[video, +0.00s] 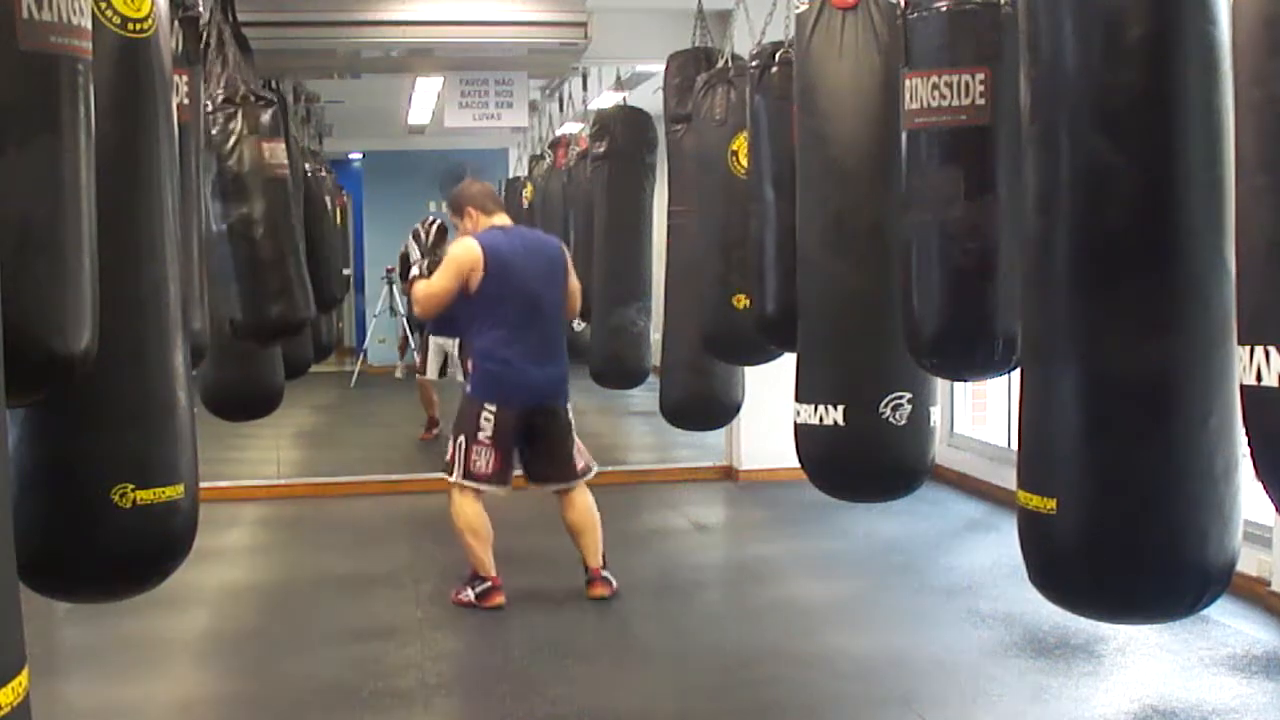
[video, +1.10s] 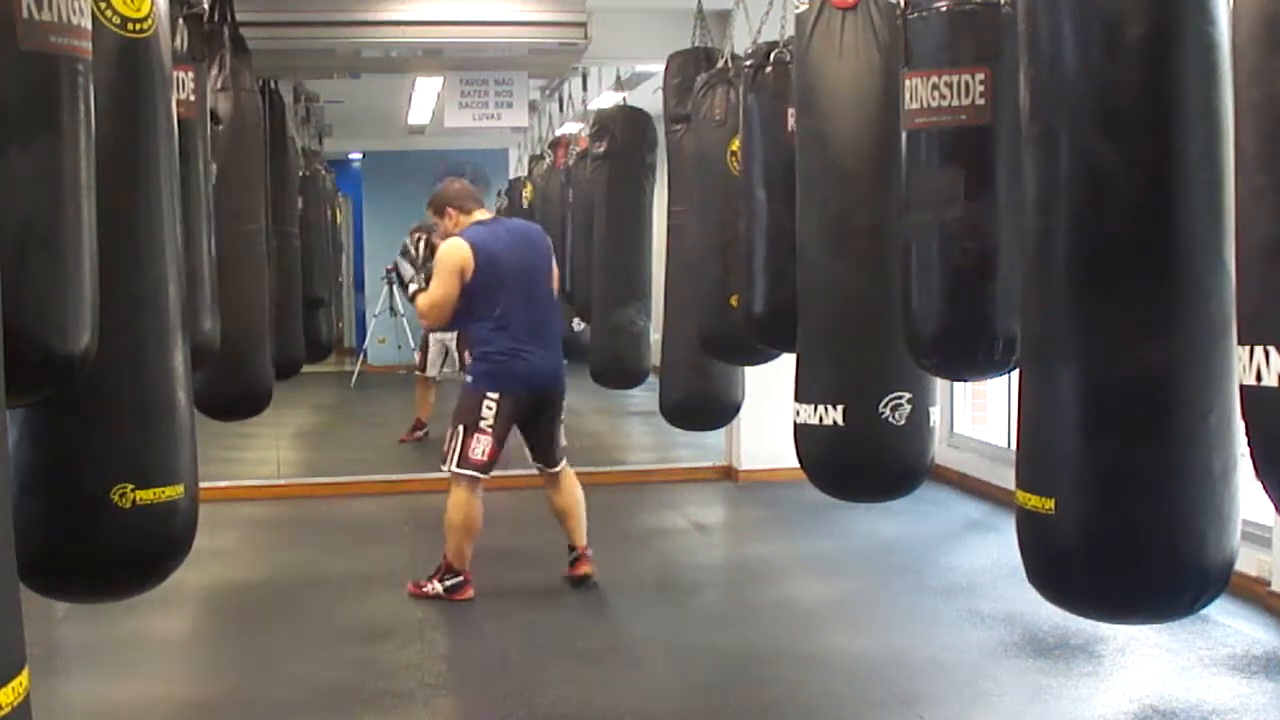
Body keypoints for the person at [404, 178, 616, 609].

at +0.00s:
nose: (460, 230)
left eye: (458, 224)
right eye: (458, 224)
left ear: (470, 215)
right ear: (501, 209)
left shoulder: (468, 249)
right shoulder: (554, 247)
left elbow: (426, 304)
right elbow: (572, 308)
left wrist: (417, 276)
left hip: (494, 388)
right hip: (550, 388)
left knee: (464, 487)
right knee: (570, 484)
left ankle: (486, 581)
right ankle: (598, 573)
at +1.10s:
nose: (440, 233)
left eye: (438, 225)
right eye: (437, 227)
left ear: (452, 214)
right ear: (481, 206)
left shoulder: (457, 247)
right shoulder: (538, 235)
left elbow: (434, 316)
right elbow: (551, 292)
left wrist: (415, 281)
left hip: (496, 374)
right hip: (548, 370)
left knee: (466, 477)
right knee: (555, 467)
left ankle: (454, 573)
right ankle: (581, 555)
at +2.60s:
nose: (283, 234)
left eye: (285, 229)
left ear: (290, 231)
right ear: (334, 241)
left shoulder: (258, 247)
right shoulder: (359, 276)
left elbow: (219, 312)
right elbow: (370, 353)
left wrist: (255, 293)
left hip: (276, 392)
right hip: (339, 394)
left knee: (244, 497)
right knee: (379, 486)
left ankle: (256, 595)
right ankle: (416, 577)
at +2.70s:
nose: (297, 232)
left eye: (298, 226)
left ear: (302, 227)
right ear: (349, 233)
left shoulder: (268, 255)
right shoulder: (376, 269)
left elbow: (236, 324)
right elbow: (392, 340)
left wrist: (280, 321)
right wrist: (350, 349)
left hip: (288, 394)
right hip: (353, 397)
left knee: (255, 499)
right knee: (393, 492)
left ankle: (256, 594)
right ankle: (427, 581)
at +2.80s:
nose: (317, 230)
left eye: (318, 224)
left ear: (321, 226)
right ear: (369, 229)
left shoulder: (290, 260)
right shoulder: (398, 267)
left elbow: (262, 329)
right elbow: (420, 338)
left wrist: (306, 322)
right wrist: (381, 340)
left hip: (311, 400)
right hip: (376, 402)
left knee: (268, 498)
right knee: (413, 497)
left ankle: (259, 593)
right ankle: (431, 594)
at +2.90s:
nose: (339, 222)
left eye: (337, 215)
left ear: (340, 217)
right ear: (389, 219)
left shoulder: (312, 257)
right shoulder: (420, 259)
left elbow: (289, 329)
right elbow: (445, 328)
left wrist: (328, 312)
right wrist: (402, 322)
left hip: (336, 399)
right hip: (401, 402)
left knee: (289, 493)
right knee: (434, 498)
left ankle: (262, 590)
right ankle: (437, 595)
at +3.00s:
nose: (349, 205)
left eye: (349, 199)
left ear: (354, 200)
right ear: (401, 201)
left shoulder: (329, 241)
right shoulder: (437, 243)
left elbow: (305, 315)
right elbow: (461, 310)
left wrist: (342, 291)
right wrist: (418, 291)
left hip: (351, 388)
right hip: (416, 391)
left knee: (312, 484)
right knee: (435, 494)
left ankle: (297, 588)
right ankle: (436, 592)